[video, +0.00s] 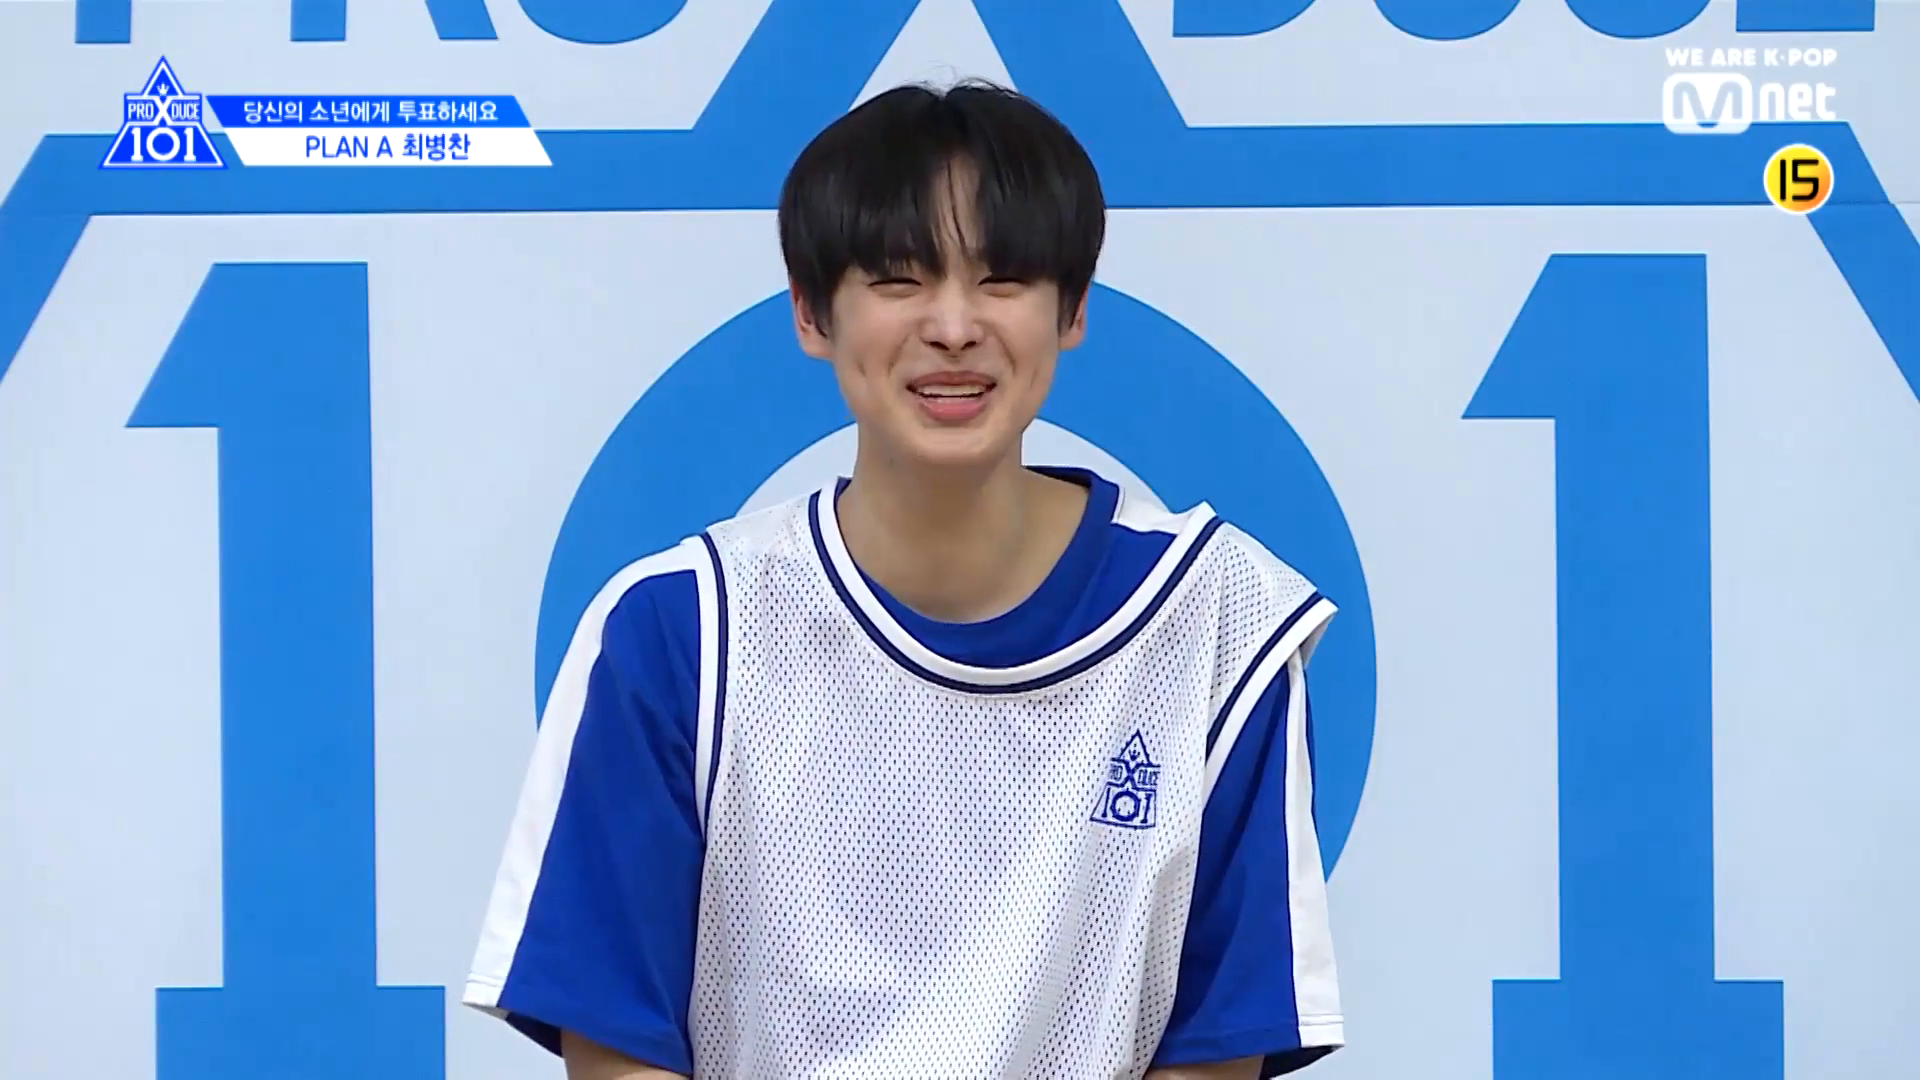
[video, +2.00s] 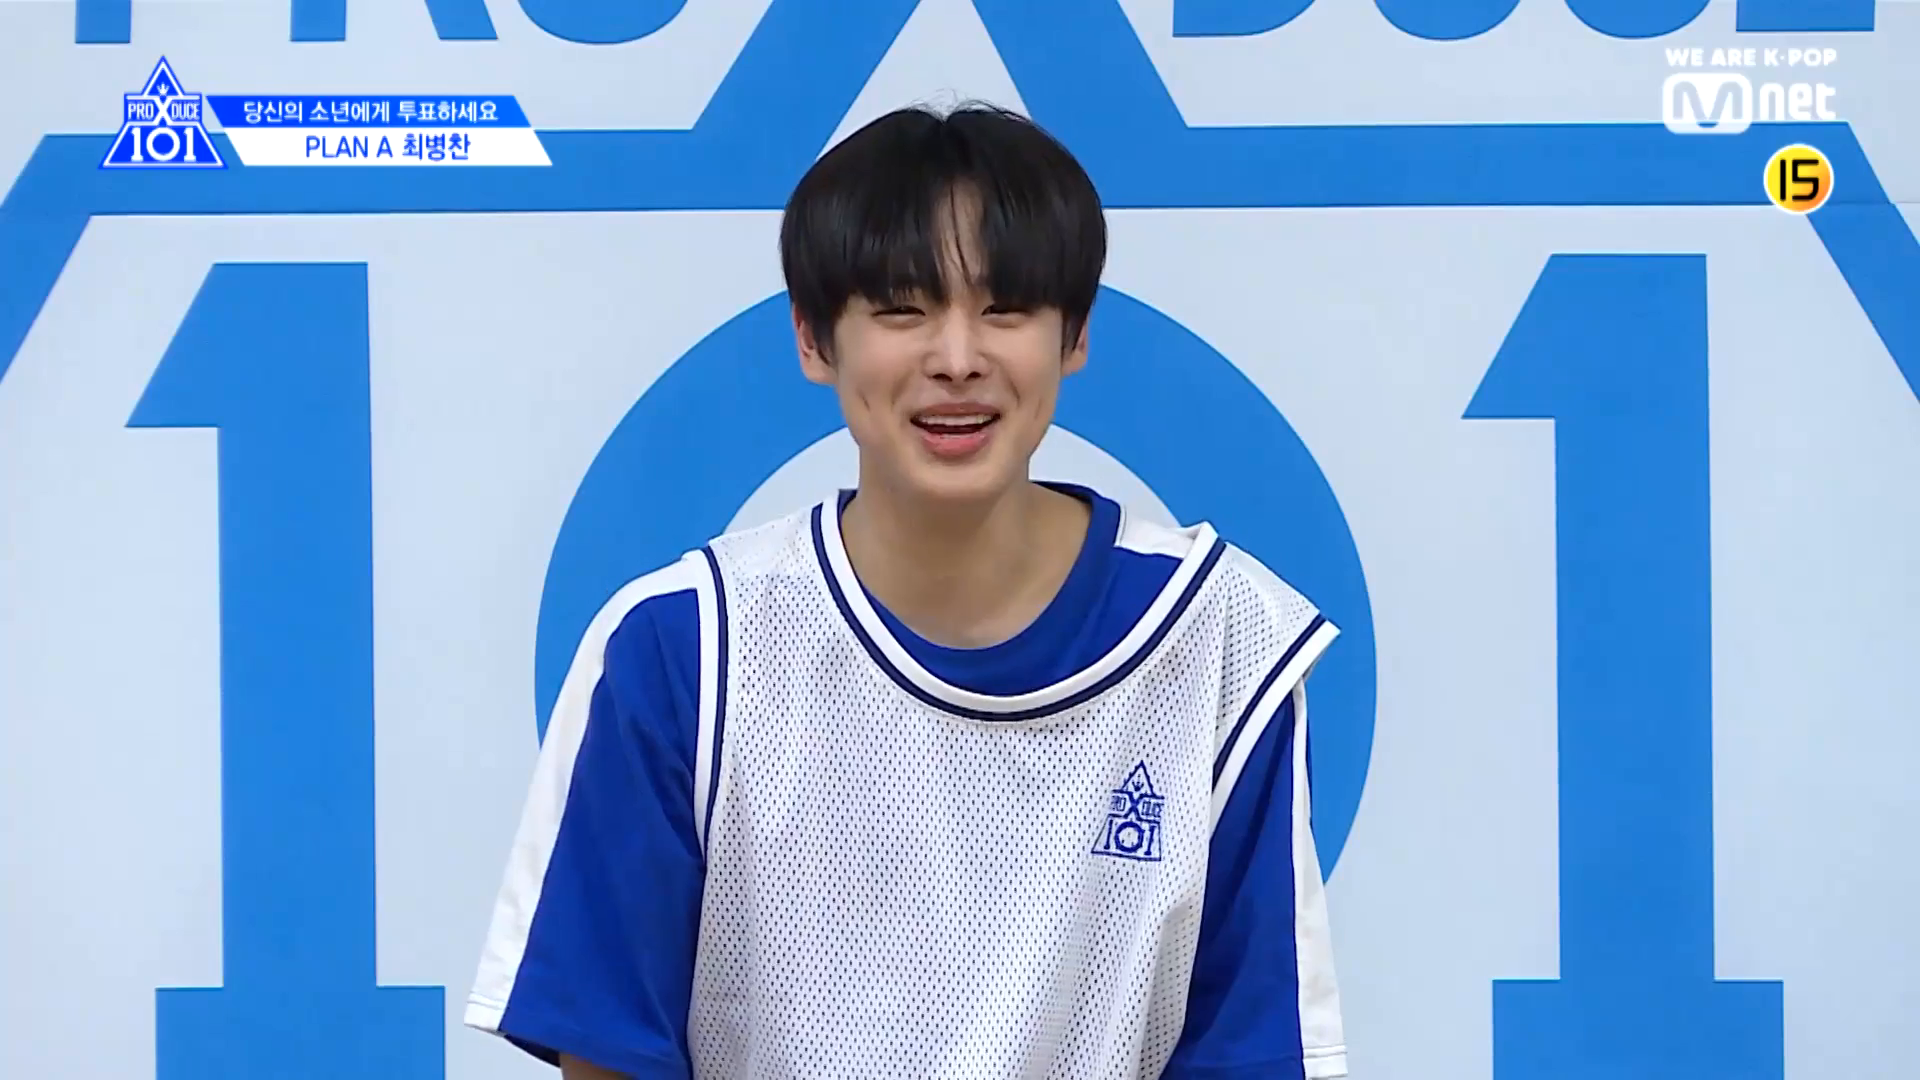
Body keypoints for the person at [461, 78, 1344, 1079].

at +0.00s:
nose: (954, 325)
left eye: (1004, 279)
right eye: (900, 278)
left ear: (1069, 318)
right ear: (815, 318)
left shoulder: (1221, 626)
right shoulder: (672, 633)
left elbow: (1222, 1051)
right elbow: (613, 1046)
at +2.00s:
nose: (957, 360)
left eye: (1005, 307)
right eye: (904, 306)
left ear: (1071, 340)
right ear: (819, 342)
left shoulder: (1229, 646)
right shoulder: (673, 653)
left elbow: (1255, 1052)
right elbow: (607, 1050)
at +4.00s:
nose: (974, 342)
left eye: (1025, 292)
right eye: (922, 288)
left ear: (1088, 331)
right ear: (836, 326)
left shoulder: (1242, 636)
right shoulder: (689, 631)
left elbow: (1264, 1048)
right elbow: (629, 1038)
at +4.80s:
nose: (968, 360)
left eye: (1006, 321)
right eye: (925, 320)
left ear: (1056, 349)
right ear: (855, 350)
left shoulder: (1181, 599)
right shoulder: (744, 592)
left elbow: (1179, 935)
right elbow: (693, 920)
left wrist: (1054, 1070)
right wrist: (831, 1074)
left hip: (1067, 1065)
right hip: (818, 1062)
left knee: (1302, 1032)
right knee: (573, 1043)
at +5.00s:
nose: (962, 385)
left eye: (994, 353)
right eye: (927, 352)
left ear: (1035, 373)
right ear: (873, 374)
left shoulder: (1134, 570)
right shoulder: (783, 565)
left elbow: (1131, 846)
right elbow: (742, 831)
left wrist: (1007, 1004)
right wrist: (875, 999)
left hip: (1047, 1013)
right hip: (832, 1011)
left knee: (1236, 933)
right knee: (637, 948)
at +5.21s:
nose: (956, 394)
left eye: (982, 368)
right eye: (928, 367)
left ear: (1017, 385)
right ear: (887, 385)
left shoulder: (1097, 540)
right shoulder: (814, 537)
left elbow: (1096, 765)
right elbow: (781, 756)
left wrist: (999, 890)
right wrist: (886, 891)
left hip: (1025, 910)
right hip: (856, 909)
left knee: (1179, 840)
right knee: (696, 853)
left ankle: (1152, 1072)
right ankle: (733, 1072)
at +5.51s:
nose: (953, 399)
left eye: (973, 379)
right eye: (931, 379)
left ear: (1000, 389)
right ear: (900, 391)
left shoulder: (1062, 509)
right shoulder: (847, 507)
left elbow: (1063, 677)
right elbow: (822, 672)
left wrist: (992, 771)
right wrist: (901, 773)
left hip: (1012, 779)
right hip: (879, 780)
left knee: (1129, 739)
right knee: (756, 747)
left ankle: (1100, 989)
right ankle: (792, 988)